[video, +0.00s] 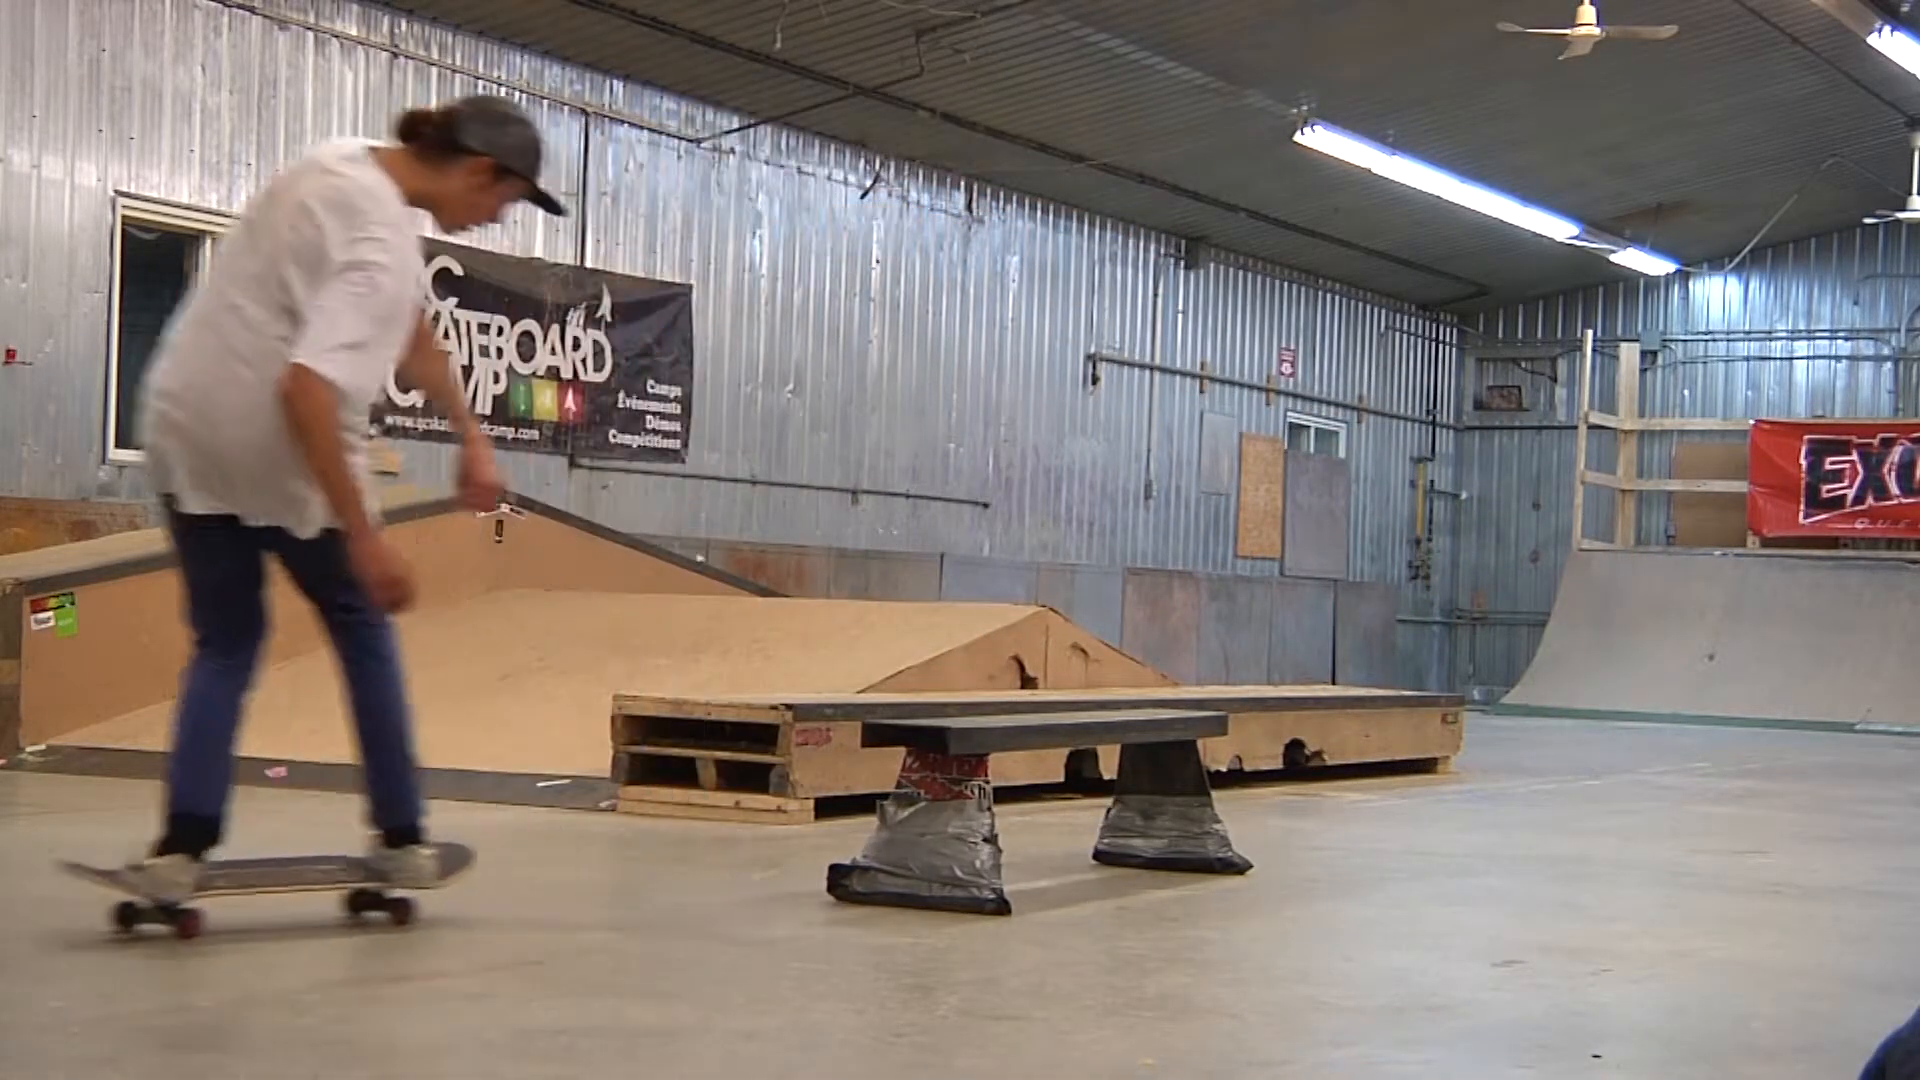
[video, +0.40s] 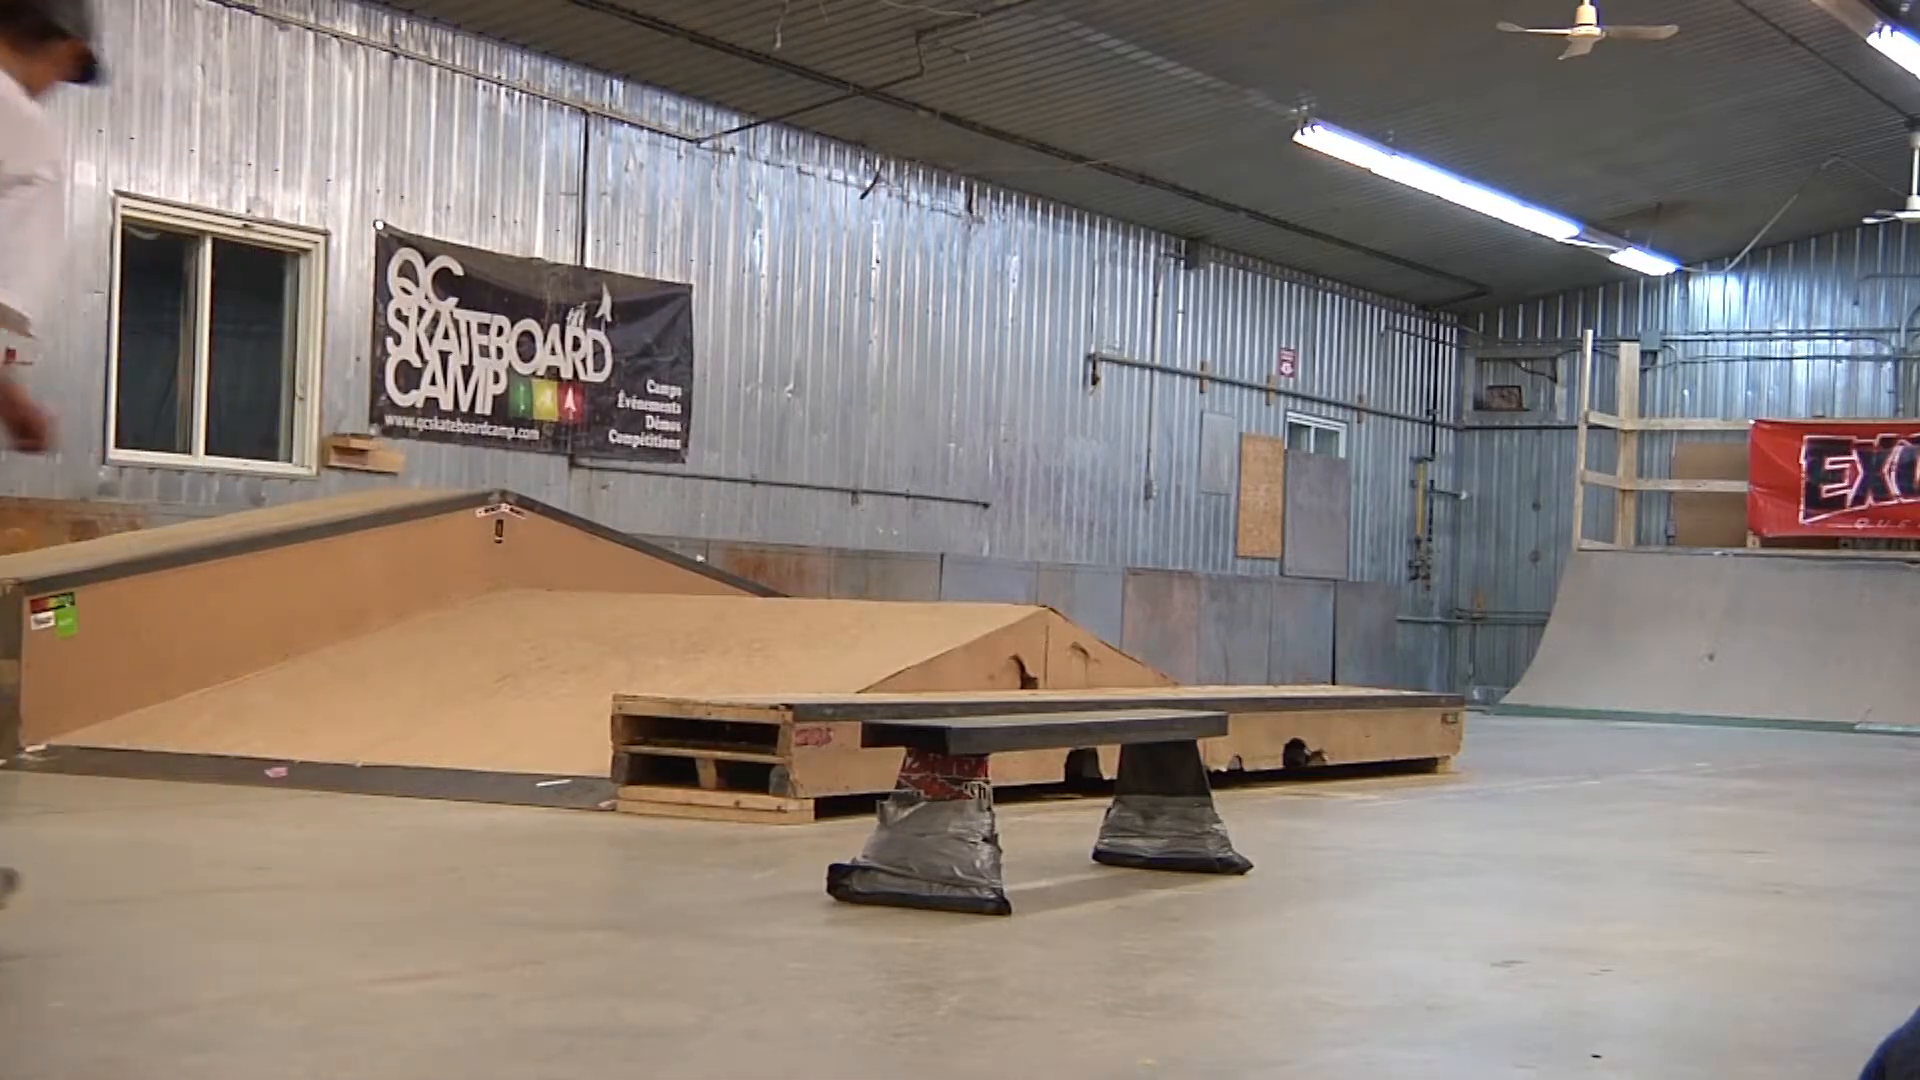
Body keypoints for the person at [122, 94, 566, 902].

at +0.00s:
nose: (496, 218)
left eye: (509, 205)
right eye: (505, 198)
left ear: (446, 149)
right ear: (475, 167)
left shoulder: (328, 166)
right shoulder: (386, 241)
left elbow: (406, 326)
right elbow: (308, 386)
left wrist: (471, 433)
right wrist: (362, 534)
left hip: (183, 430)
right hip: (279, 453)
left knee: (225, 640)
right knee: (361, 626)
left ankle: (183, 845)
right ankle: (401, 838)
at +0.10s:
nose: (398, 194)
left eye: (412, 181)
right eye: (408, 174)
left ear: (339, 118)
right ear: (380, 143)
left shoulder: (218, 142)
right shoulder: (297, 226)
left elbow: (302, 320)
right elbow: (209, 379)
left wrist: (379, 429)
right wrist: (242, 537)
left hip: (77, 434)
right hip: (177, 449)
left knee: (113, 644)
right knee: (256, 634)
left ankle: (83, 851)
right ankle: (293, 842)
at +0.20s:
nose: (294, 169)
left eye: (308, 156)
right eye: (304, 148)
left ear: (225, 90)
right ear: (279, 120)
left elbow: (185, 302)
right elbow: (114, 362)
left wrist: (279, 412)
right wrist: (124, 530)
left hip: (3, 442)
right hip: (80, 449)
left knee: (12, 636)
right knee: (144, 632)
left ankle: (2, 845)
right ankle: (176, 845)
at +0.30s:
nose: (180, 138)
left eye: (195, 124)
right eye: (191, 118)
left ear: (116, 60)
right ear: (170, 90)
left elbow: (61, 293)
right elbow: (28, 341)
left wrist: (157, 395)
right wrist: (21, 511)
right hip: (14, 488)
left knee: (30, 633)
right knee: (26, 626)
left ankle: (59, 843)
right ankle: (60, 847)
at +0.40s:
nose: (66, 86)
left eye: (75, 73)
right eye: (71, 69)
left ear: (20, 35)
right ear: (48, 41)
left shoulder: (29, 132)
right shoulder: (22, 128)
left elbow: (27, 262)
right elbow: (22, 262)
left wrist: (12, 376)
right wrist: (11, 374)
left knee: (12, 633)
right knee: (9, 631)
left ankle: (2, 853)